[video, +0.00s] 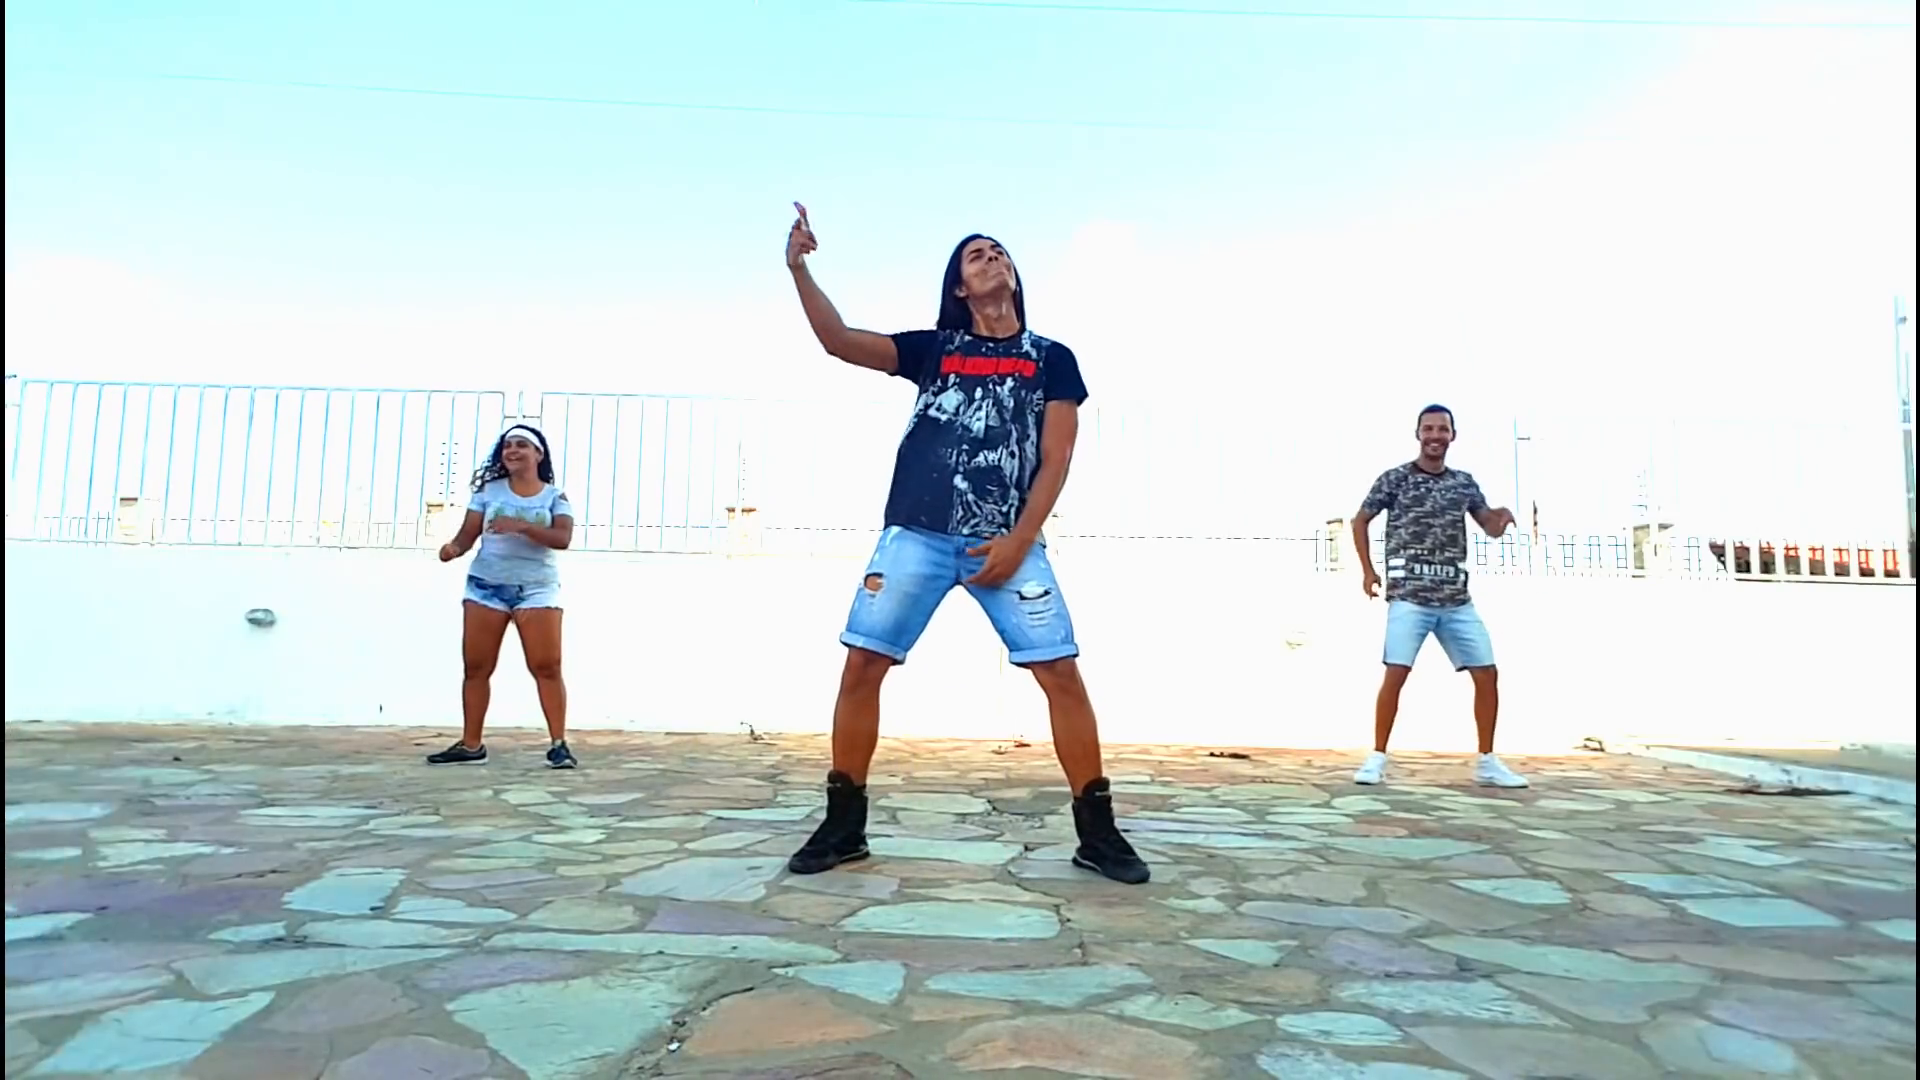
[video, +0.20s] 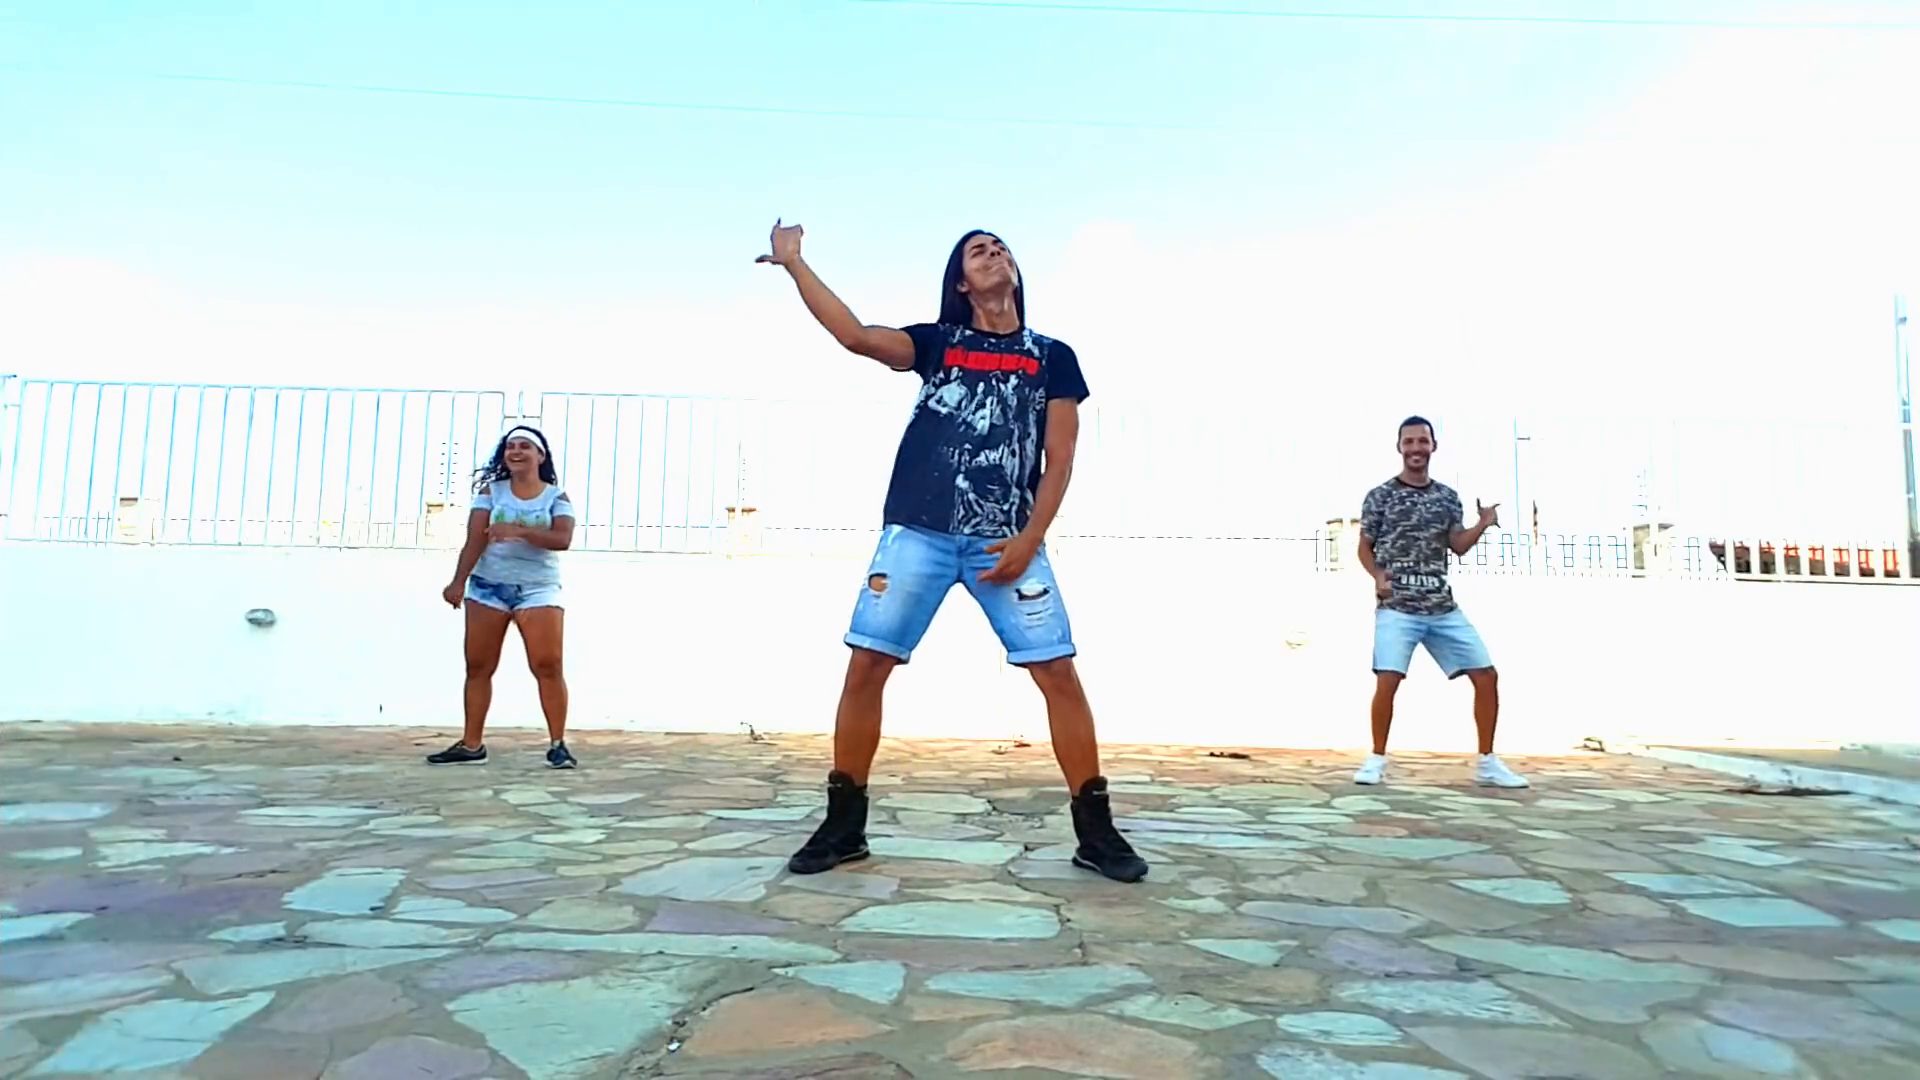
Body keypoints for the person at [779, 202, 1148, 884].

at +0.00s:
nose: (986, 256)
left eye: (994, 251)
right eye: (972, 257)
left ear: (1015, 277)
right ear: (958, 289)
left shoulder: (1051, 359)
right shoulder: (932, 350)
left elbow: (1056, 462)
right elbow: (840, 340)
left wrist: (1020, 539)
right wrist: (799, 267)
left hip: (1010, 541)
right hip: (917, 534)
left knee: (1061, 673)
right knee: (862, 666)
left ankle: (1098, 831)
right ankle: (843, 823)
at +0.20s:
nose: (990, 254)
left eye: (999, 248)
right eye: (976, 252)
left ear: (1018, 273)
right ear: (959, 283)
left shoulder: (1052, 356)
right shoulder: (936, 341)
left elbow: (1059, 458)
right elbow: (854, 333)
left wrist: (1032, 535)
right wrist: (794, 262)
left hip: (1008, 539)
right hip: (919, 530)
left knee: (1058, 673)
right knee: (866, 664)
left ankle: (1096, 830)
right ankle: (843, 823)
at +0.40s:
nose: (989, 254)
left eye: (996, 247)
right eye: (975, 253)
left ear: (1016, 269)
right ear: (961, 282)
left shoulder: (1053, 355)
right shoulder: (932, 344)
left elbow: (1066, 458)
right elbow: (836, 337)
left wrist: (1031, 536)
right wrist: (811, 249)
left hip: (1012, 540)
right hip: (921, 533)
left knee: (1059, 676)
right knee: (869, 665)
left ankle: (1095, 830)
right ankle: (843, 824)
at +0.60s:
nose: (991, 251)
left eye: (997, 244)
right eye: (976, 250)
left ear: (1016, 267)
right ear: (960, 279)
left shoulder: (1054, 353)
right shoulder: (932, 342)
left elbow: (1067, 455)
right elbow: (833, 340)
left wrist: (1035, 536)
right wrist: (822, 243)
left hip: (1015, 538)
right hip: (923, 532)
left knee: (1063, 675)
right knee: (872, 666)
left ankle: (1096, 829)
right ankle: (843, 825)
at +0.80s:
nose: (993, 245)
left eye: (999, 241)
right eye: (977, 245)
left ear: (1015, 270)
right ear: (958, 278)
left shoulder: (1050, 348)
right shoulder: (932, 339)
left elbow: (1065, 451)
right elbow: (849, 321)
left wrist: (1034, 536)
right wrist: (804, 233)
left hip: (1015, 538)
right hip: (925, 532)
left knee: (1064, 673)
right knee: (874, 667)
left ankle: (1096, 830)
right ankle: (844, 823)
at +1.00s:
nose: (997, 251)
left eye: (1001, 246)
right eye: (982, 249)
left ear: (1016, 269)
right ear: (960, 278)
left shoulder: (1053, 353)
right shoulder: (929, 343)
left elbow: (1066, 451)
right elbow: (827, 341)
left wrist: (1033, 535)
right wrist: (824, 268)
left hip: (1016, 539)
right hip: (925, 531)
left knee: (1061, 676)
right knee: (873, 669)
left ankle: (1096, 832)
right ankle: (843, 825)